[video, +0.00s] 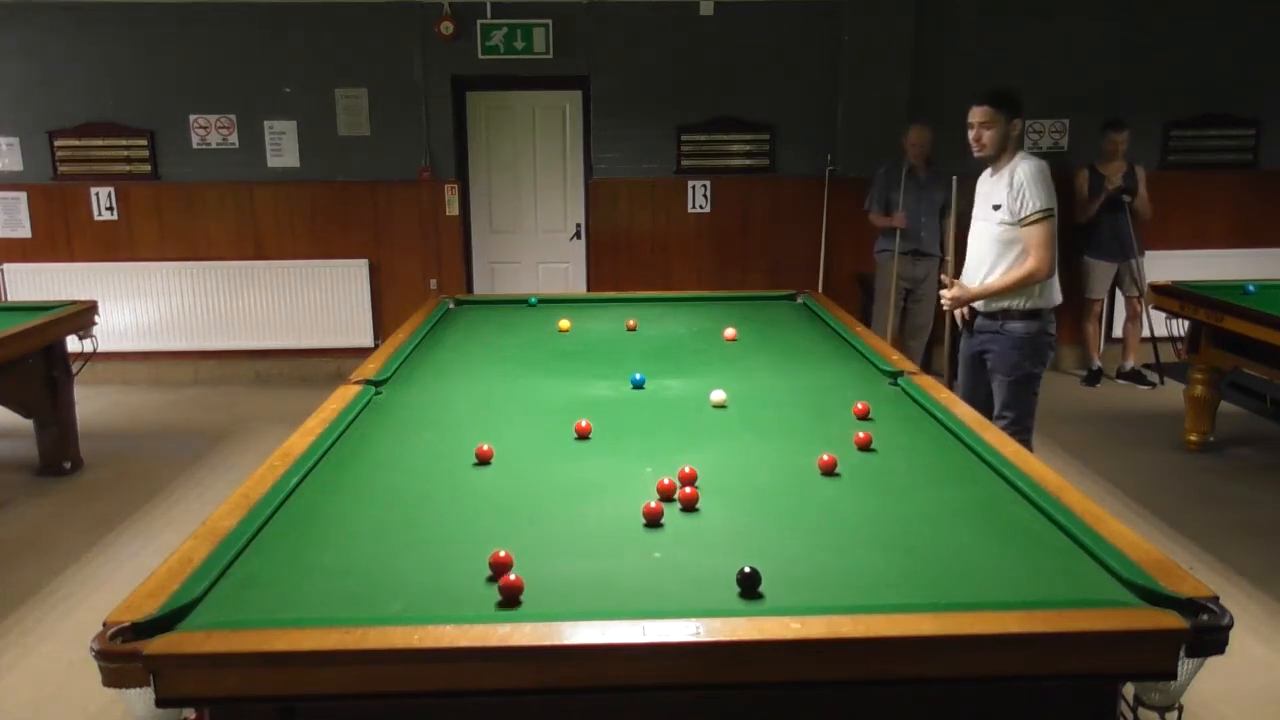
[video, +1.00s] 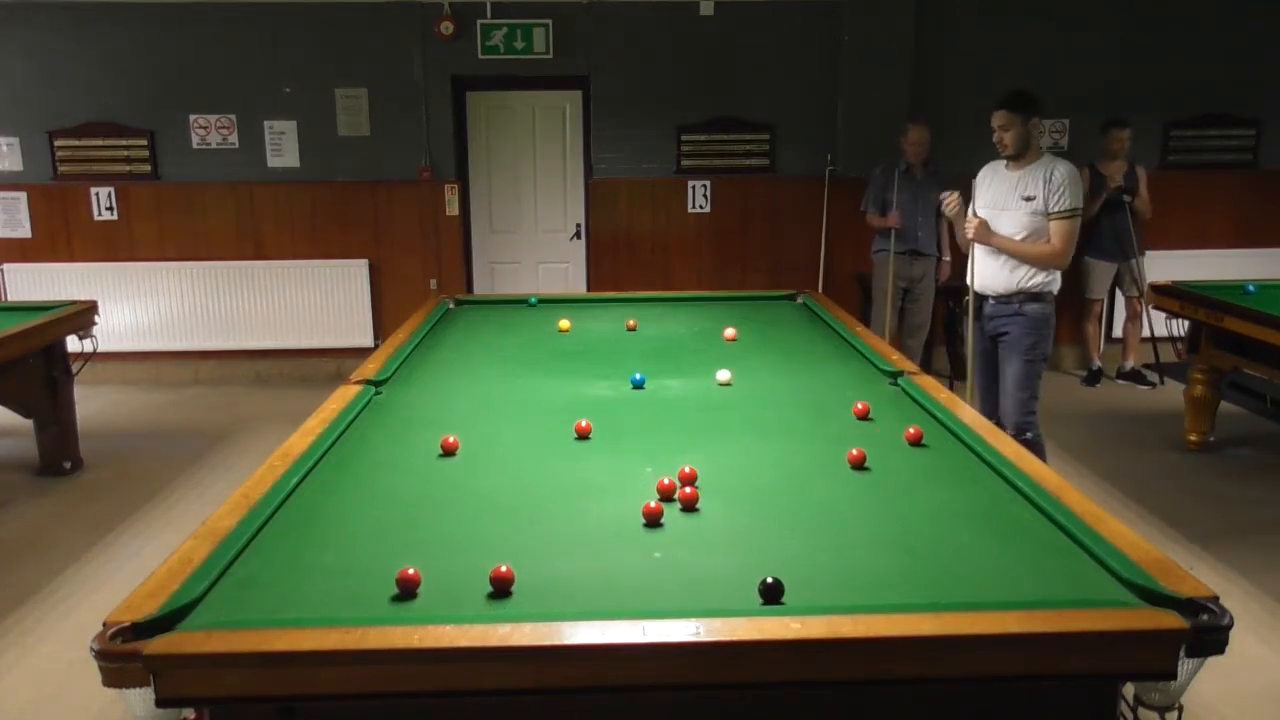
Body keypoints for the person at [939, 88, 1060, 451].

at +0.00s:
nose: (974, 136)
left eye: (985, 127)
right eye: (971, 127)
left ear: (1014, 128)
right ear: (967, 129)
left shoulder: (1029, 171)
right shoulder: (986, 180)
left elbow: (1042, 264)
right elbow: (985, 253)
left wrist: (974, 293)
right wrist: (963, 294)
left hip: (1018, 330)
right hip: (978, 326)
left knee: (1010, 441)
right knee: (967, 432)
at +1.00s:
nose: (997, 138)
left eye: (1005, 130)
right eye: (994, 130)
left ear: (1032, 127)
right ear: (994, 131)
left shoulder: (1059, 174)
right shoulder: (987, 174)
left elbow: (1061, 254)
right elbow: (970, 247)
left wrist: (992, 239)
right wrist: (956, 220)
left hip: (1026, 310)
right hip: (981, 308)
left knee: (1017, 421)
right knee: (985, 417)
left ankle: (1038, 512)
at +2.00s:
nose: (988, 144)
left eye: (996, 135)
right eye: (985, 136)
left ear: (1022, 132)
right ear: (983, 134)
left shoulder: (1044, 174)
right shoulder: (982, 170)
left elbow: (1036, 253)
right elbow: (972, 230)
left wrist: (979, 229)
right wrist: (959, 203)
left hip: (1019, 301)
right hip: (975, 298)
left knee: (1027, 403)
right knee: (968, 395)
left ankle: (1035, 488)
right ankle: (958, 475)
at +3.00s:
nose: (965, 139)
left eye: (973, 131)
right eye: (959, 131)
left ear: (993, 129)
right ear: (954, 130)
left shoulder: (1012, 172)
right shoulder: (944, 169)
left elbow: (1021, 243)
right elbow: (925, 220)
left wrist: (991, 284)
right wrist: (928, 256)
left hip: (985, 289)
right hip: (942, 285)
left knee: (970, 380)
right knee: (935, 373)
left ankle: (963, 452)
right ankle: (932, 447)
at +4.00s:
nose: (930, 146)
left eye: (938, 138)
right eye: (924, 138)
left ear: (956, 135)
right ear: (919, 137)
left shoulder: (974, 165)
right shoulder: (928, 181)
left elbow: (988, 232)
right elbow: (927, 236)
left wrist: (936, 257)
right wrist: (914, 287)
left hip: (974, 285)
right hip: (934, 285)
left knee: (962, 377)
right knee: (927, 373)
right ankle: (929, 449)